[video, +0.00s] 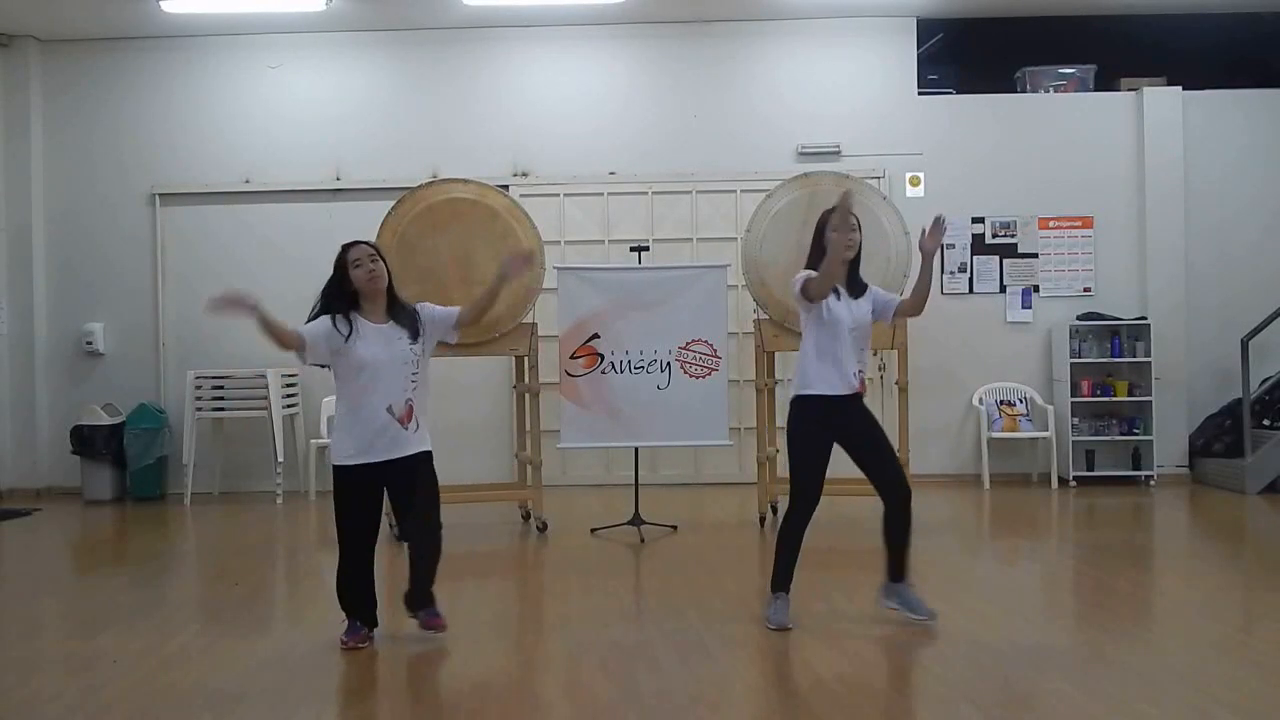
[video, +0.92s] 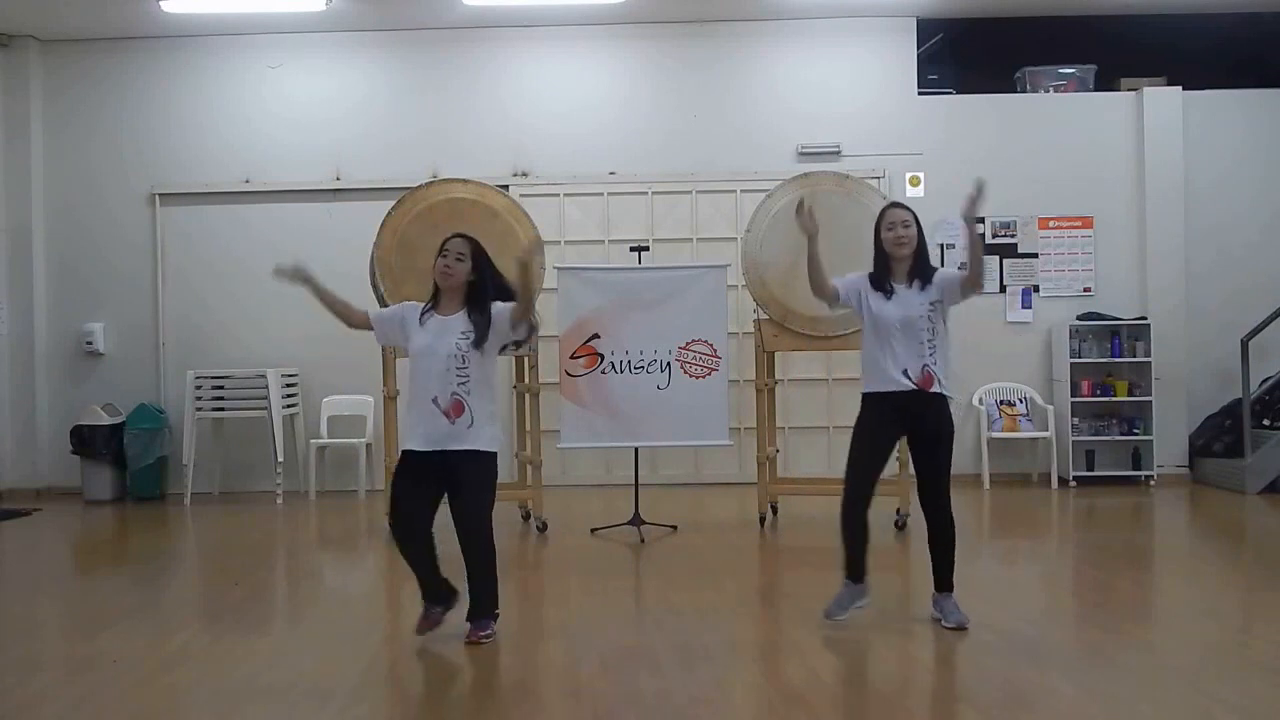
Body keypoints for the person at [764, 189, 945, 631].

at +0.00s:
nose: (852, 234)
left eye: (855, 228)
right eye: (843, 228)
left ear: (859, 240)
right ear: (823, 237)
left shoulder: (865, 293)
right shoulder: (806, 281)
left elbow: (913, 307)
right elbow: (818, 292)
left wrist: (927, 260)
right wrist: (836, 257)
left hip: (852, 407)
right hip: (811, 408)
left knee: (897, 491)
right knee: (803, 503)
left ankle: (896, 586)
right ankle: (779, 596)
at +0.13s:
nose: (861, 235)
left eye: (866, 229)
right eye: (850, 229)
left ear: (875, 239)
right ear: (834, 242)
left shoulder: (888, 289)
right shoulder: (828, 286)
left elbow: (924, 300)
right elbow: (869, 293)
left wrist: (930, 252)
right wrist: (890, 240)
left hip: (883, 408)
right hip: (837, 408)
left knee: (914, 501)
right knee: (814, 504)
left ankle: (944, 593)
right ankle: (780, 594)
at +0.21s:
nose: (873, 241)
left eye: (878, 234)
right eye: (863, 237)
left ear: (888, 244)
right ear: (848, 250)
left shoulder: (906, 293)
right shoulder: (844, 298)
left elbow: (941, 326)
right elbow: (884, 323)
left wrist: (929, 283)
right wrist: (920, 275)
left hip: (912, 412)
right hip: (866, 413)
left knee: (933, 505)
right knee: (838, 507)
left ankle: (943, 598)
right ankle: (787, 594)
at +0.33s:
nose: (885, 245)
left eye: (890, 237)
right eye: (875, 241)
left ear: (902, 244)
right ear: (863, 253)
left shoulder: (927, 295)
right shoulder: (856, 305)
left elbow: (965, 348)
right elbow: (871, 359)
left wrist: (955, 331)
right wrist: (899, 331)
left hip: (931, 415)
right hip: (883, 417)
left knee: (944, 513)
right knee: (872, 512)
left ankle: (943, 600)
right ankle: (824, 586)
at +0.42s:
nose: (898, 237)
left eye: (903, 230)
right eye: (888, 234)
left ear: (916, 239)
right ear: (877, 248)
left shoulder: (944, 293)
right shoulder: (865, 303)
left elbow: (974, 344)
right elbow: (848, 363)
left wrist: (987, 341)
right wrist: (847, 355)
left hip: (937, 411)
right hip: (888, 412)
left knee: (945, 510)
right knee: (901, 504)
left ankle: (943, 599)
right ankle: (875, 583)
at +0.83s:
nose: (907, 238)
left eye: (914, 232)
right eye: (898, 233)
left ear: (926, 241)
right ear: (886, 243)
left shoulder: (949, 292)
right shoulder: (870, 295)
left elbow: (992, 328)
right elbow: (835, 337)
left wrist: (1009, 288)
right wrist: (807, 296)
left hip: (940, 412)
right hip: (889, 413)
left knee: (944, 508)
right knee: (881, 506)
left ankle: (944, 598)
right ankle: (891, 586)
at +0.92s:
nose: (900, 232)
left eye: (907, 225)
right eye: (891, 227)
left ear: (918, 235)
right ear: (879, 239)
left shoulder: (936, 282)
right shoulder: (864, 285)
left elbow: (975, 281)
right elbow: (822, 289)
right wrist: (811, 239)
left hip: (930, 405)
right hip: (879, 405)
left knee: (936, 502)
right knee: (854, 498)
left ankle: (944, 596)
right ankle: (855, 585)